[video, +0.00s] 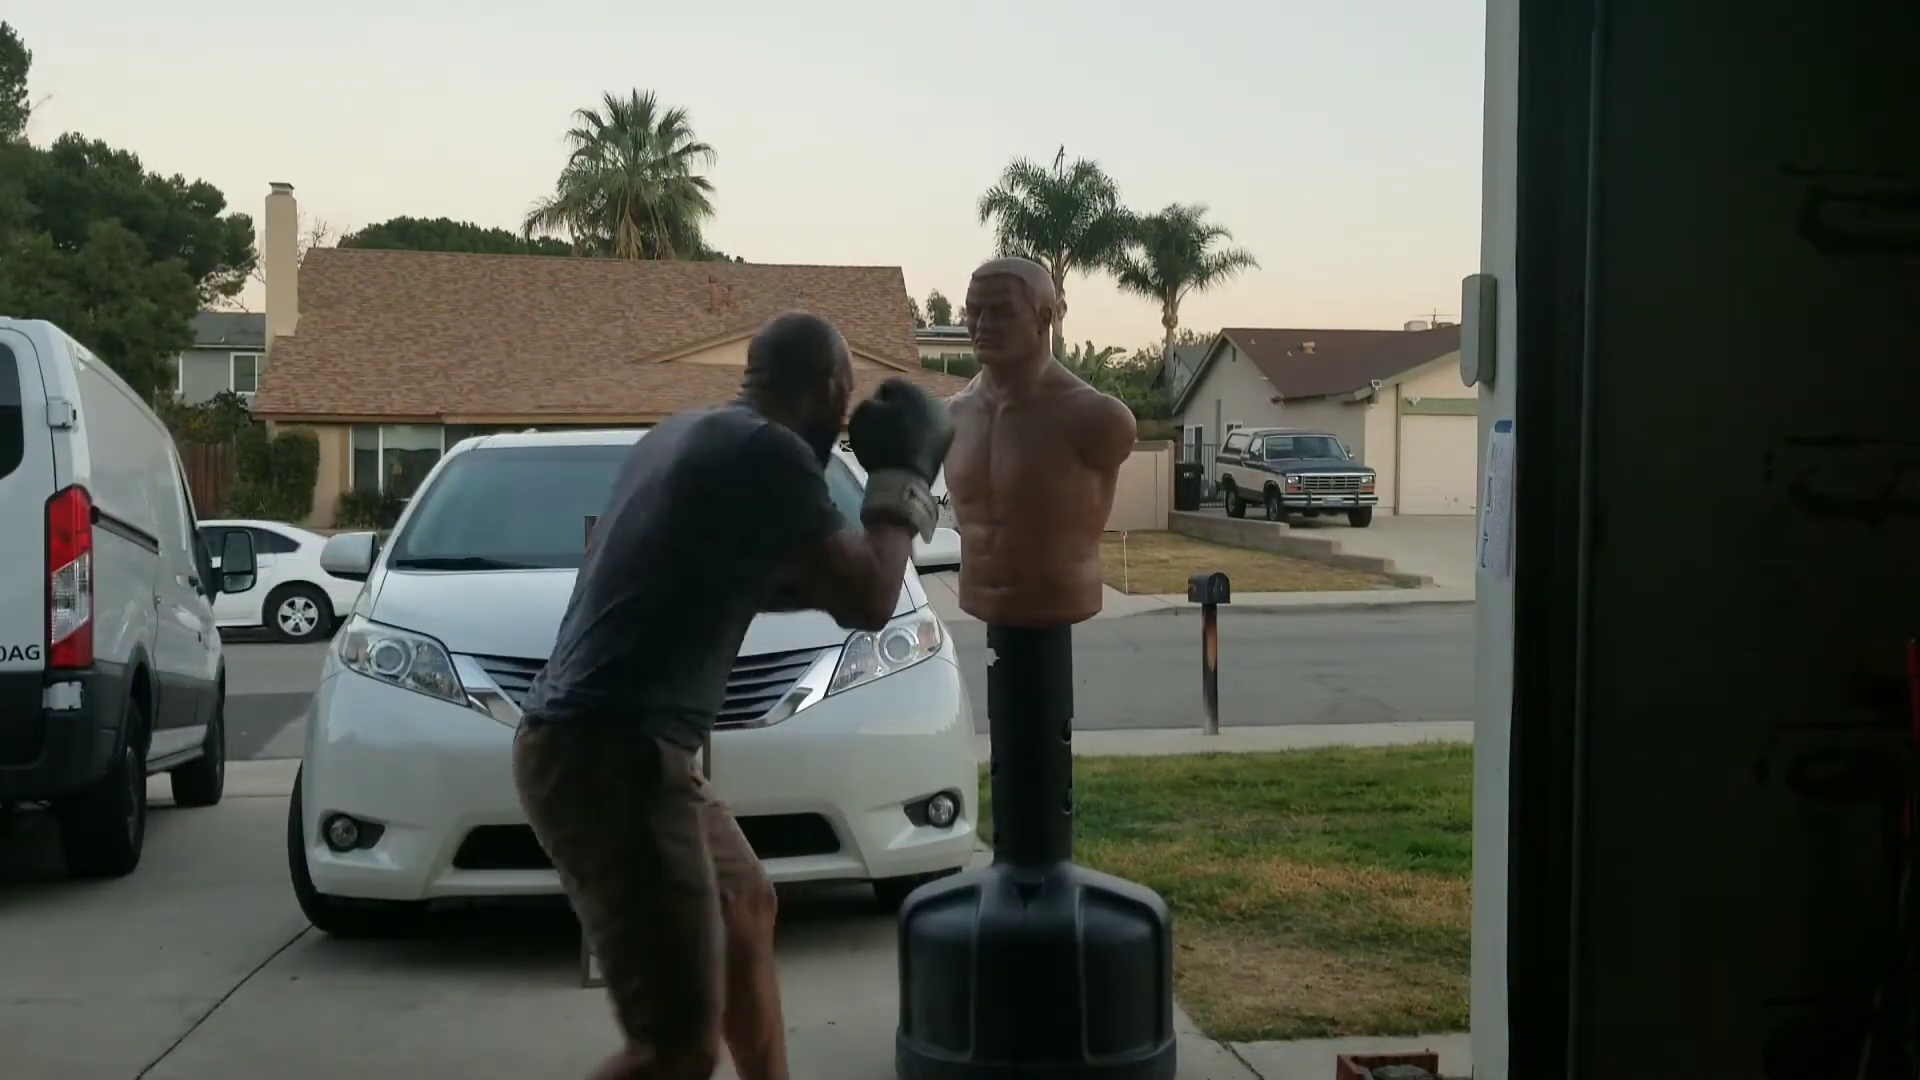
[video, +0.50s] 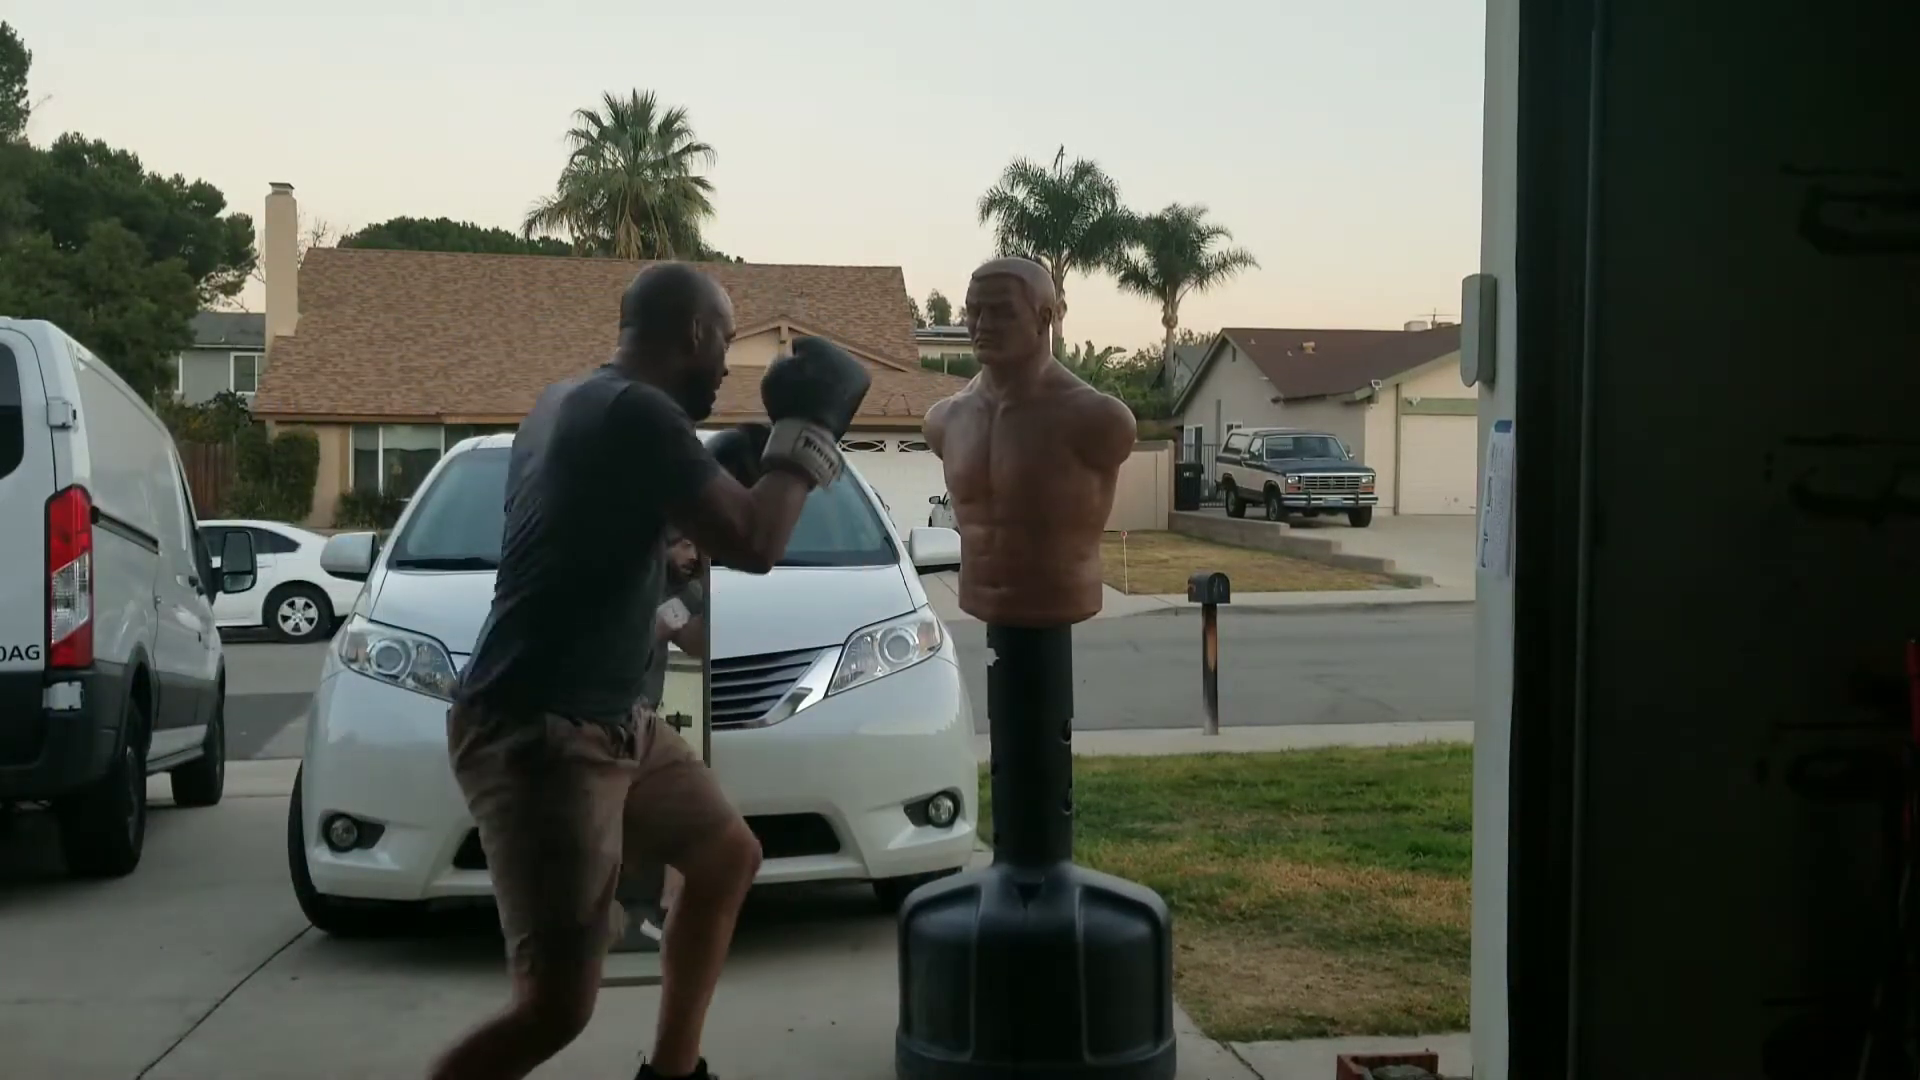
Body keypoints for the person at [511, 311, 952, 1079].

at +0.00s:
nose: (849, 405)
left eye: (850, 391)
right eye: (847, 388)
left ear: (752, 379)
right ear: (831, 389)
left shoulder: (682, 437)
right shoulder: (771, 454)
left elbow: (724, 583)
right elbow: (868, 598)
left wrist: (851, 571)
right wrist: (898, 472)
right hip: (614, 753)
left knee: (747, 901)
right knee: (677, 1049)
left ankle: (767, 1072)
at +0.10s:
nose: (796, 383)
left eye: (796, 367)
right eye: (796, 367)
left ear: (704, 352)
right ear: (779, 364)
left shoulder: (611, 418)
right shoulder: (750, 440)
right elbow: (861, 570)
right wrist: (879, 447)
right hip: (604, 749)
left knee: (725, 903)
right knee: (633, 1050)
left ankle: (761, 1072)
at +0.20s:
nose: (751, 366)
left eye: (756, 349)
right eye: (754, 347)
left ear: (654, 336)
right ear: (735, 342)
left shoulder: (560, 413)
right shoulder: (711, 425)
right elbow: (805, 578)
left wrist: (735, 442)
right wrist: (853, 483)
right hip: (593, 748)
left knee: (730, 880)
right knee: (620, 1046)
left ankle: (728, 1073)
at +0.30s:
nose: (736, 356)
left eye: (737, 342)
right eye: (733, 338)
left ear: (632, 333)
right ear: (711, 335)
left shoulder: (568, 409)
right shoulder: (658, 420)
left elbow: (637, 527)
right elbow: (753, 577)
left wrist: (717, 417)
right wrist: (801, 464)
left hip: (624, 736)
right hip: (567, 744)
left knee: (715, 895)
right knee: (586, 1034)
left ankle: (670, 1074)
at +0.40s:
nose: (738, 340)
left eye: (739, 324)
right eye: (733, 321)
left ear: (642, 317)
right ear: (700, 320)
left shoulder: (609, 392)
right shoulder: (627, 405)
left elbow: (685, 475)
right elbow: (759, 531)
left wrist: (749, 413)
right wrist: (810, 412)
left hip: (622, 718)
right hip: (546, 719)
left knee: (690, 890)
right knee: (564, 994)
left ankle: (663, 1075)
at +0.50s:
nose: (729, 360)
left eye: (730, 342)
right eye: (725, 340)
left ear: (632, 332)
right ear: (694, 337)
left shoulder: (566, 404)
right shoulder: (637, 413)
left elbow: (603, 537)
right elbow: (756, 540)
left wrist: (728, 458)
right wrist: (811, 428)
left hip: (619, 724)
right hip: (539, 730)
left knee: (725, 855)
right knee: (555, 1007)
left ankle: (674, 1066)